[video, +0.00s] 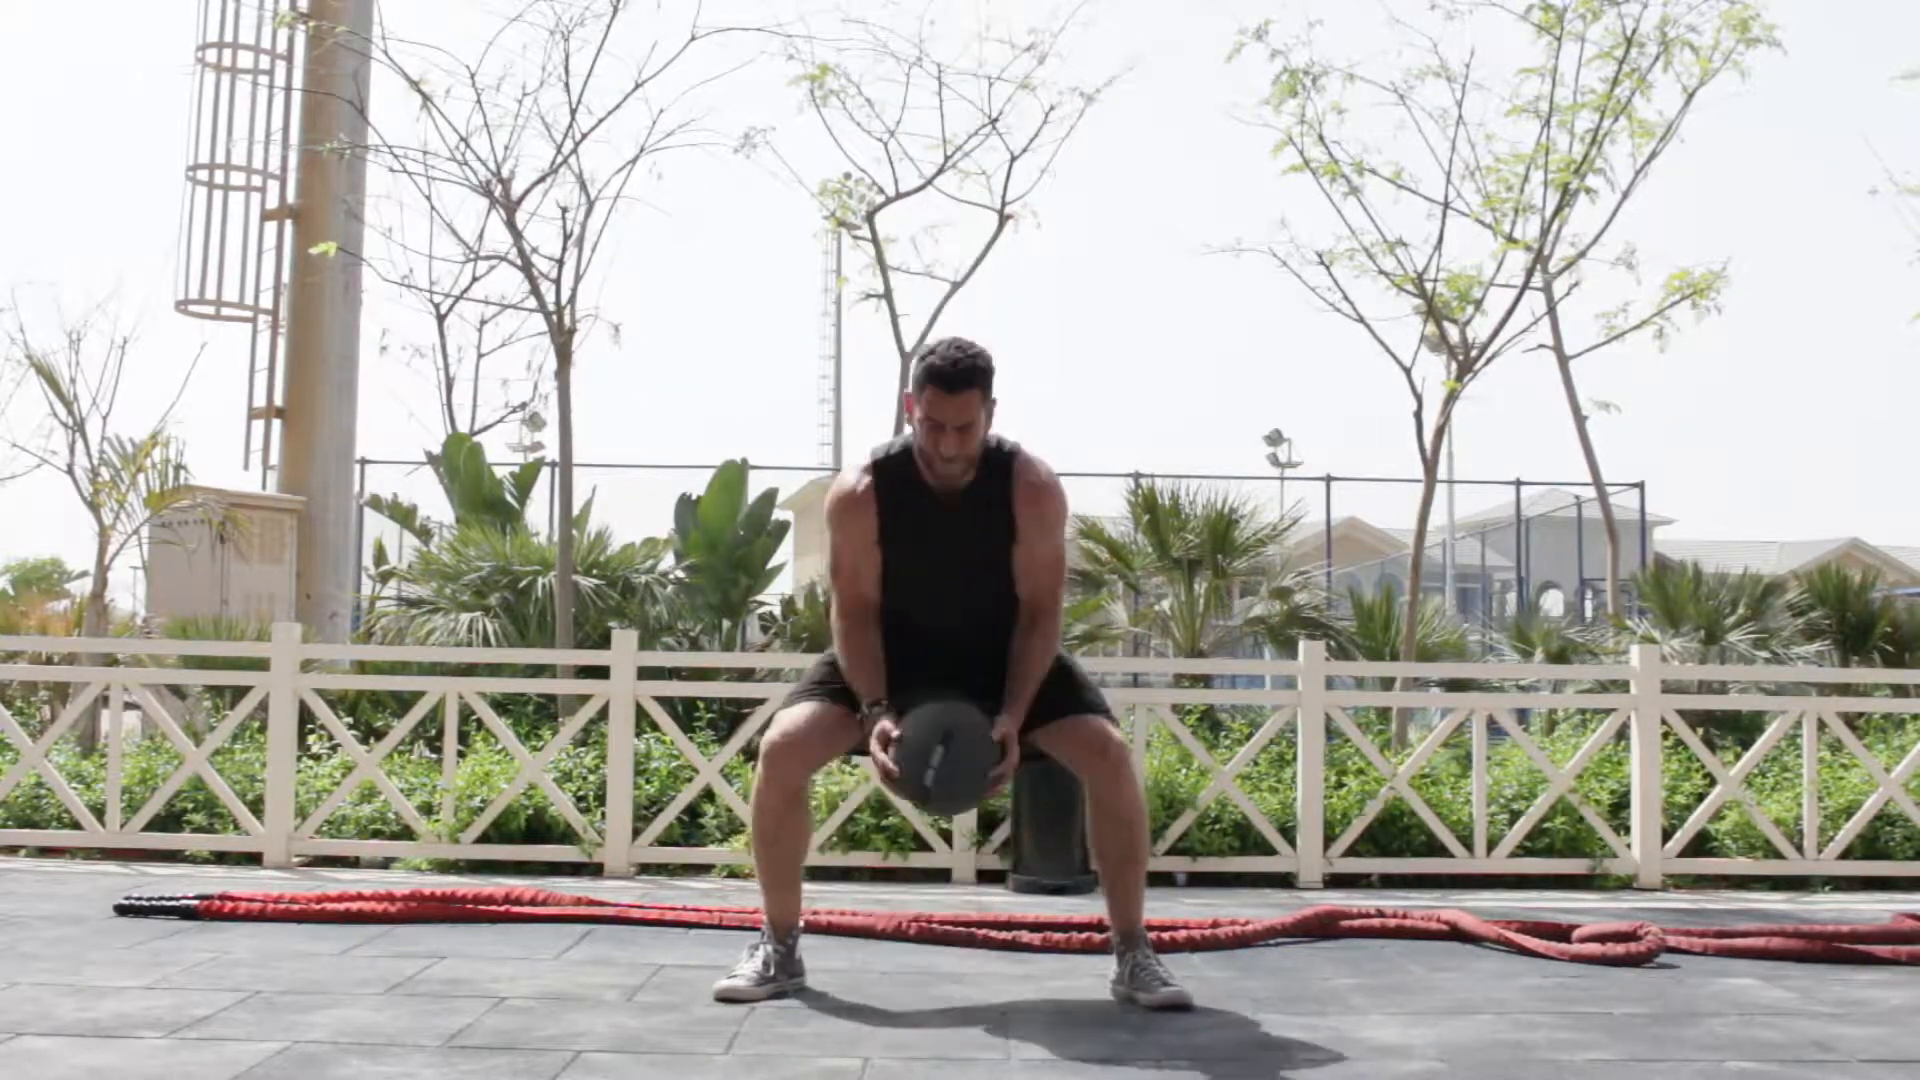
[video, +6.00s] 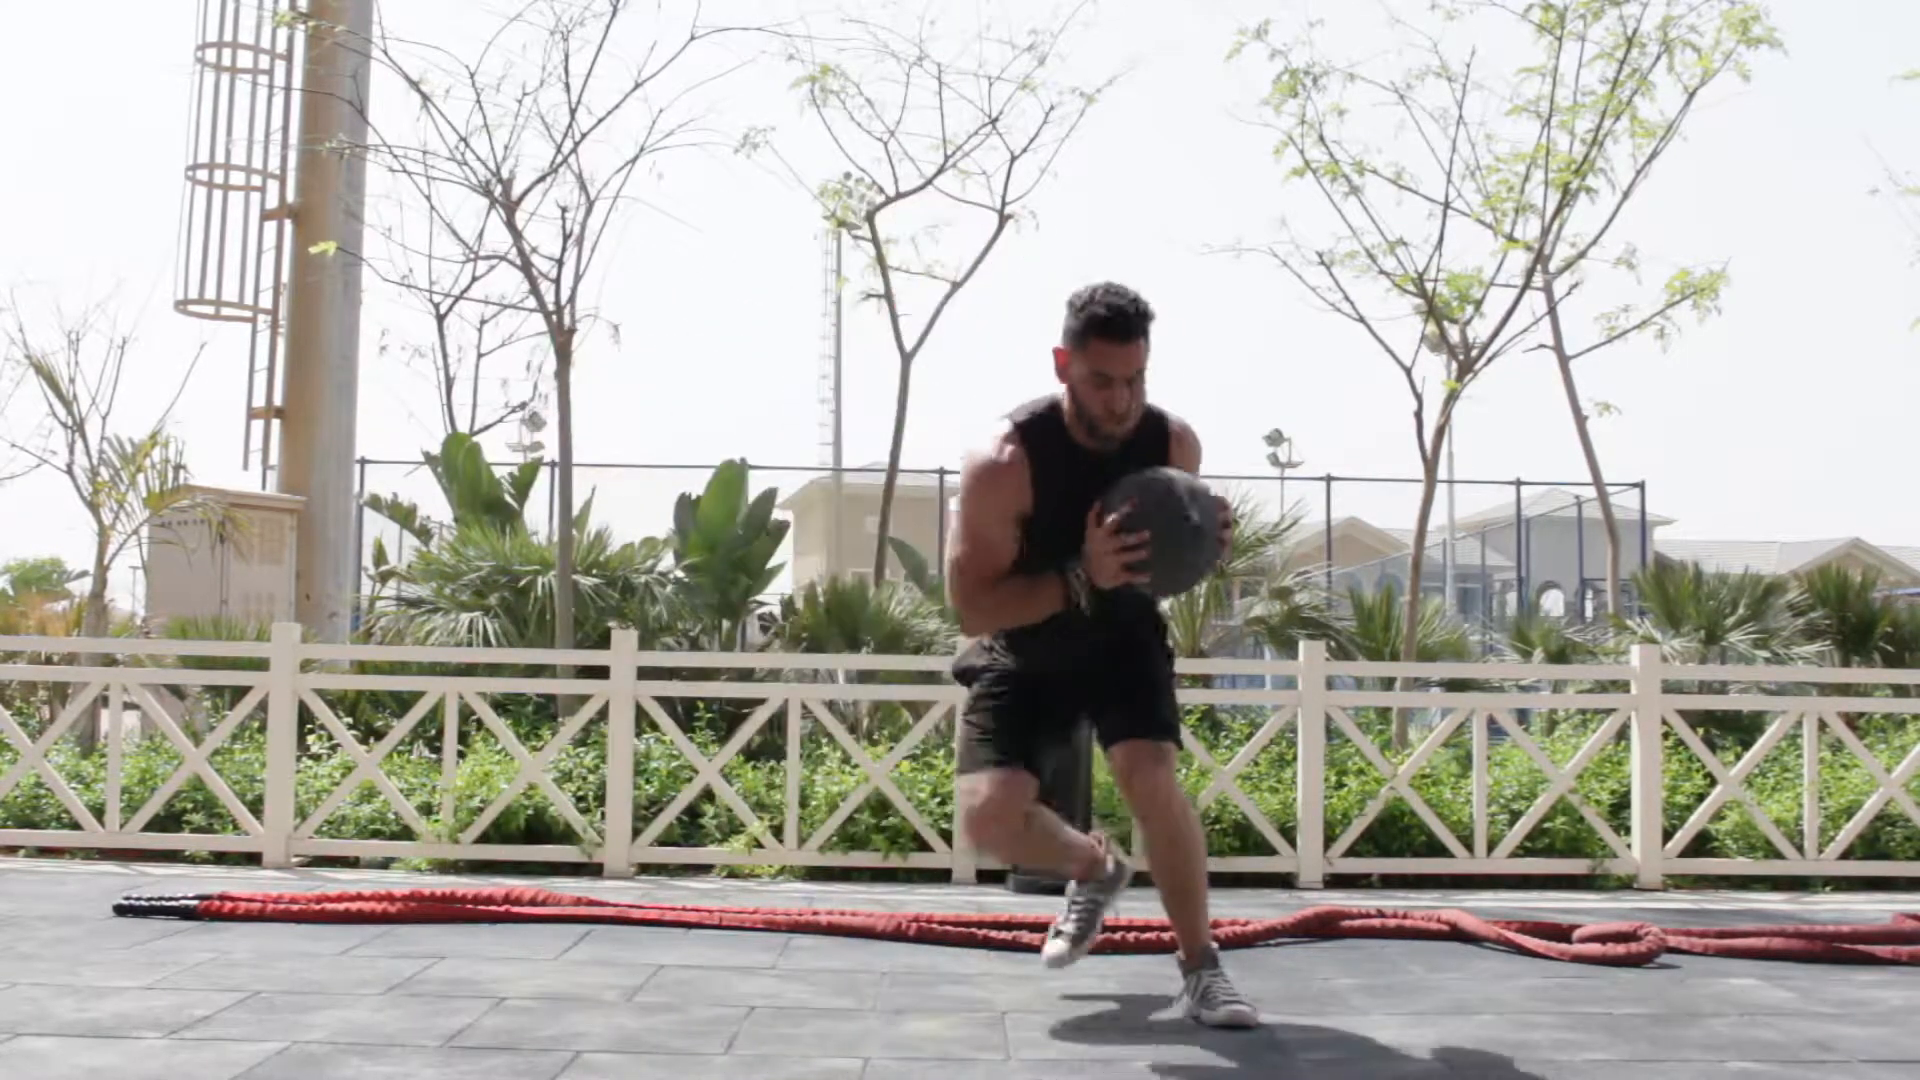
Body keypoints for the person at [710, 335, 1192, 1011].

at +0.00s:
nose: (948, 445)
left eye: (964, 428)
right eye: (933, 426)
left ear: (988, 414)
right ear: (909, 409)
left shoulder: (1032, 487)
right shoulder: (860, 494)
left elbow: (1039, 614)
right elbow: (857, 614)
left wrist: (1013, 714)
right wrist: (876, 709)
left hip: (1005, 668)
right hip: (892, 667)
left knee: (1107, 752)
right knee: (782, 748)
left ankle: (1134, 955)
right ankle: (779, 948)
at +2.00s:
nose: (966, 521)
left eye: (983, 503)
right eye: (951, 503)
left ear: (1004, 481)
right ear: (921, 478)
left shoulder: (1043, 527)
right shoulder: (877, 536)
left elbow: (1050, 670)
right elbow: (863, 668)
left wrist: (1008, 785)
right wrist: (874, 772)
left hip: (1025, 671)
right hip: (924, 672)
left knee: (1124, 751)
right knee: (815, 750)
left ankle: (1135, 952)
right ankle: (781, 950)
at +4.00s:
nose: (991, 347)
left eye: (997, 328)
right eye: (973, 329)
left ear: (1002, 321)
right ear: (919, 323)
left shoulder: (1008, 390)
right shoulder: (872, 438)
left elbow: (1047, 494)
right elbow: (875, 582)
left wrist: (1064, 439)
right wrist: (972, 519)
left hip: (1021, 632)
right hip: (918, 648)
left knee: (1114, 782)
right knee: (860, 838)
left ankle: (1200, 956)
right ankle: (931, 835)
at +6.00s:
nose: (1120, 400)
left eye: (1134, 381)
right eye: (1102, 382)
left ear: (1148, 367)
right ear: (1061, 365)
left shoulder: (1173, 446)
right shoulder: (1002, 466)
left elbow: (1163, 551)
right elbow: (973, 608)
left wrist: (1203, 534)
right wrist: (1081, 577)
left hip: (1121, 631)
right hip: (1017, 641)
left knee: (1146, 776)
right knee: (988, 821)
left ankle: (1203, 968)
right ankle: (1095, 866)